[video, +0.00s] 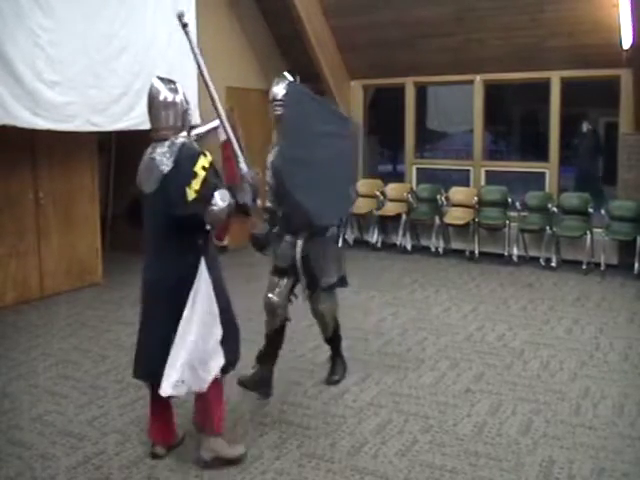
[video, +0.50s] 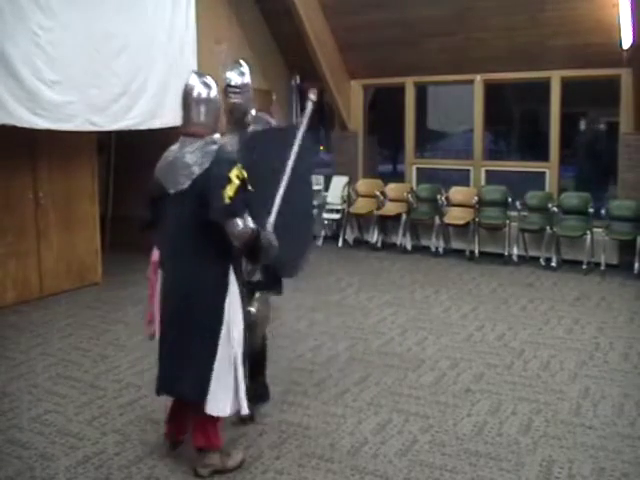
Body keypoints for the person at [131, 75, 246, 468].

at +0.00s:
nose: (189, 114)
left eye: (183, 109)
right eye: (186, 109)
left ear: (152, 117)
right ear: (184, 114)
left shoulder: (150, 157)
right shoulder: (190, 156)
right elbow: (217, 211)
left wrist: (203, 138)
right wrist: (227, 196)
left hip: (159, 267)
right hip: (194, 267)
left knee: (160, 348)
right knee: (210, 344)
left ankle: (162, 435)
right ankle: (212, 438)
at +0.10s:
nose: (194, 116)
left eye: (189, 111)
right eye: (191, 111)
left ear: (156, 117)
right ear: (189, 114)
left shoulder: (151, 159)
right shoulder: (195, 159)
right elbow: (216, 221)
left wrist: (201, 152)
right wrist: (229, 206)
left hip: (161, 269)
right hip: (197, 271)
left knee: (163, 347)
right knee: (209, 349)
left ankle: (161, 436)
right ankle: (209, 447)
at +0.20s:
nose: (200, 119)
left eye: (191, 114)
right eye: (199, 114)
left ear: (161, 120)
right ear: (196, 119)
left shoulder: (153, 160)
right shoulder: (203, 161)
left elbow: (141, 215)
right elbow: (221, 223)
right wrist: (239, 211)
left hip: (165, 268)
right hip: (202, 270)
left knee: (167, 346)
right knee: (208, 350)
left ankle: (162, 436)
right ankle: (209, 449)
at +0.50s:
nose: (218, 119)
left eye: (213, 113)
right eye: (218, 113)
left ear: (183, 116)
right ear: (218, 118)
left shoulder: (168, 160)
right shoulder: (221, 162)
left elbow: (154, 216)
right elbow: (234, 225)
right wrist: (257, 240)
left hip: (177, 269)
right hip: (213, 274)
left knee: (188, 348)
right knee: (214, 354)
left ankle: (177, 427)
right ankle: (208, 448)